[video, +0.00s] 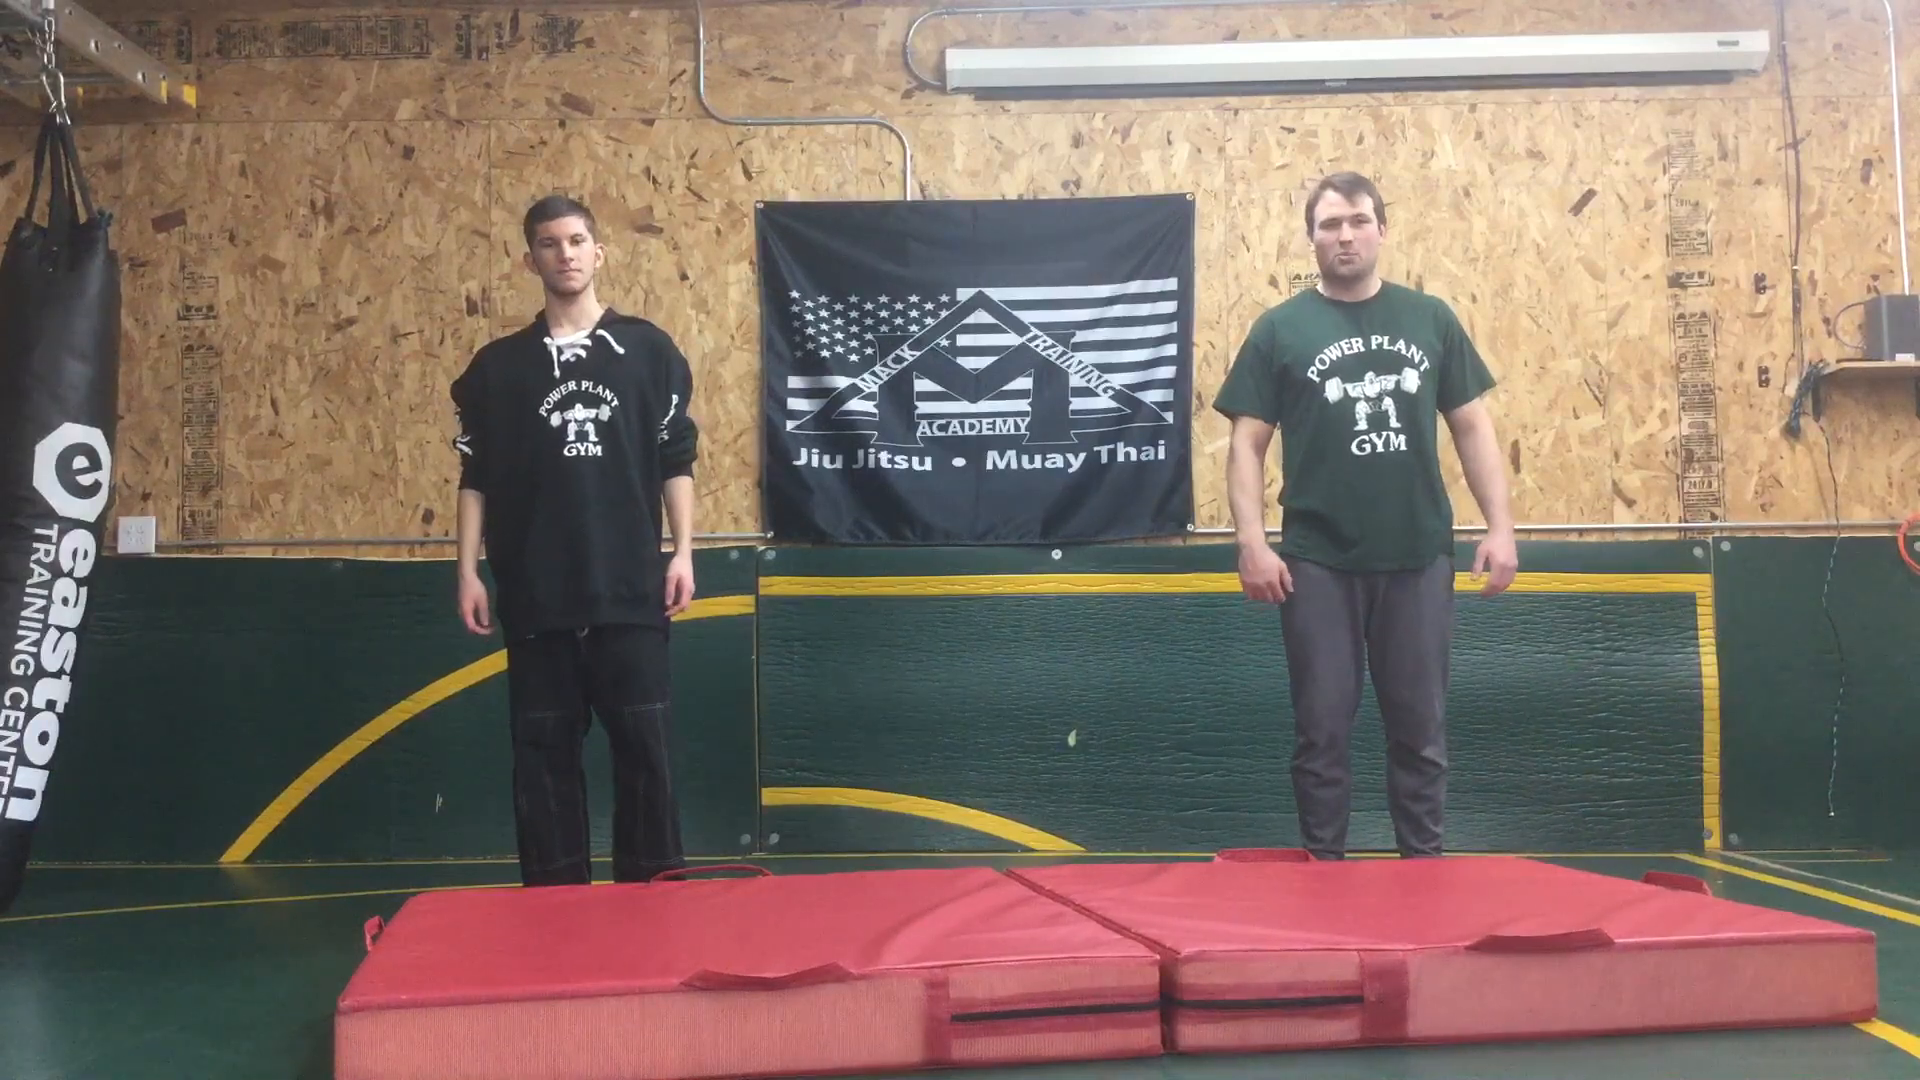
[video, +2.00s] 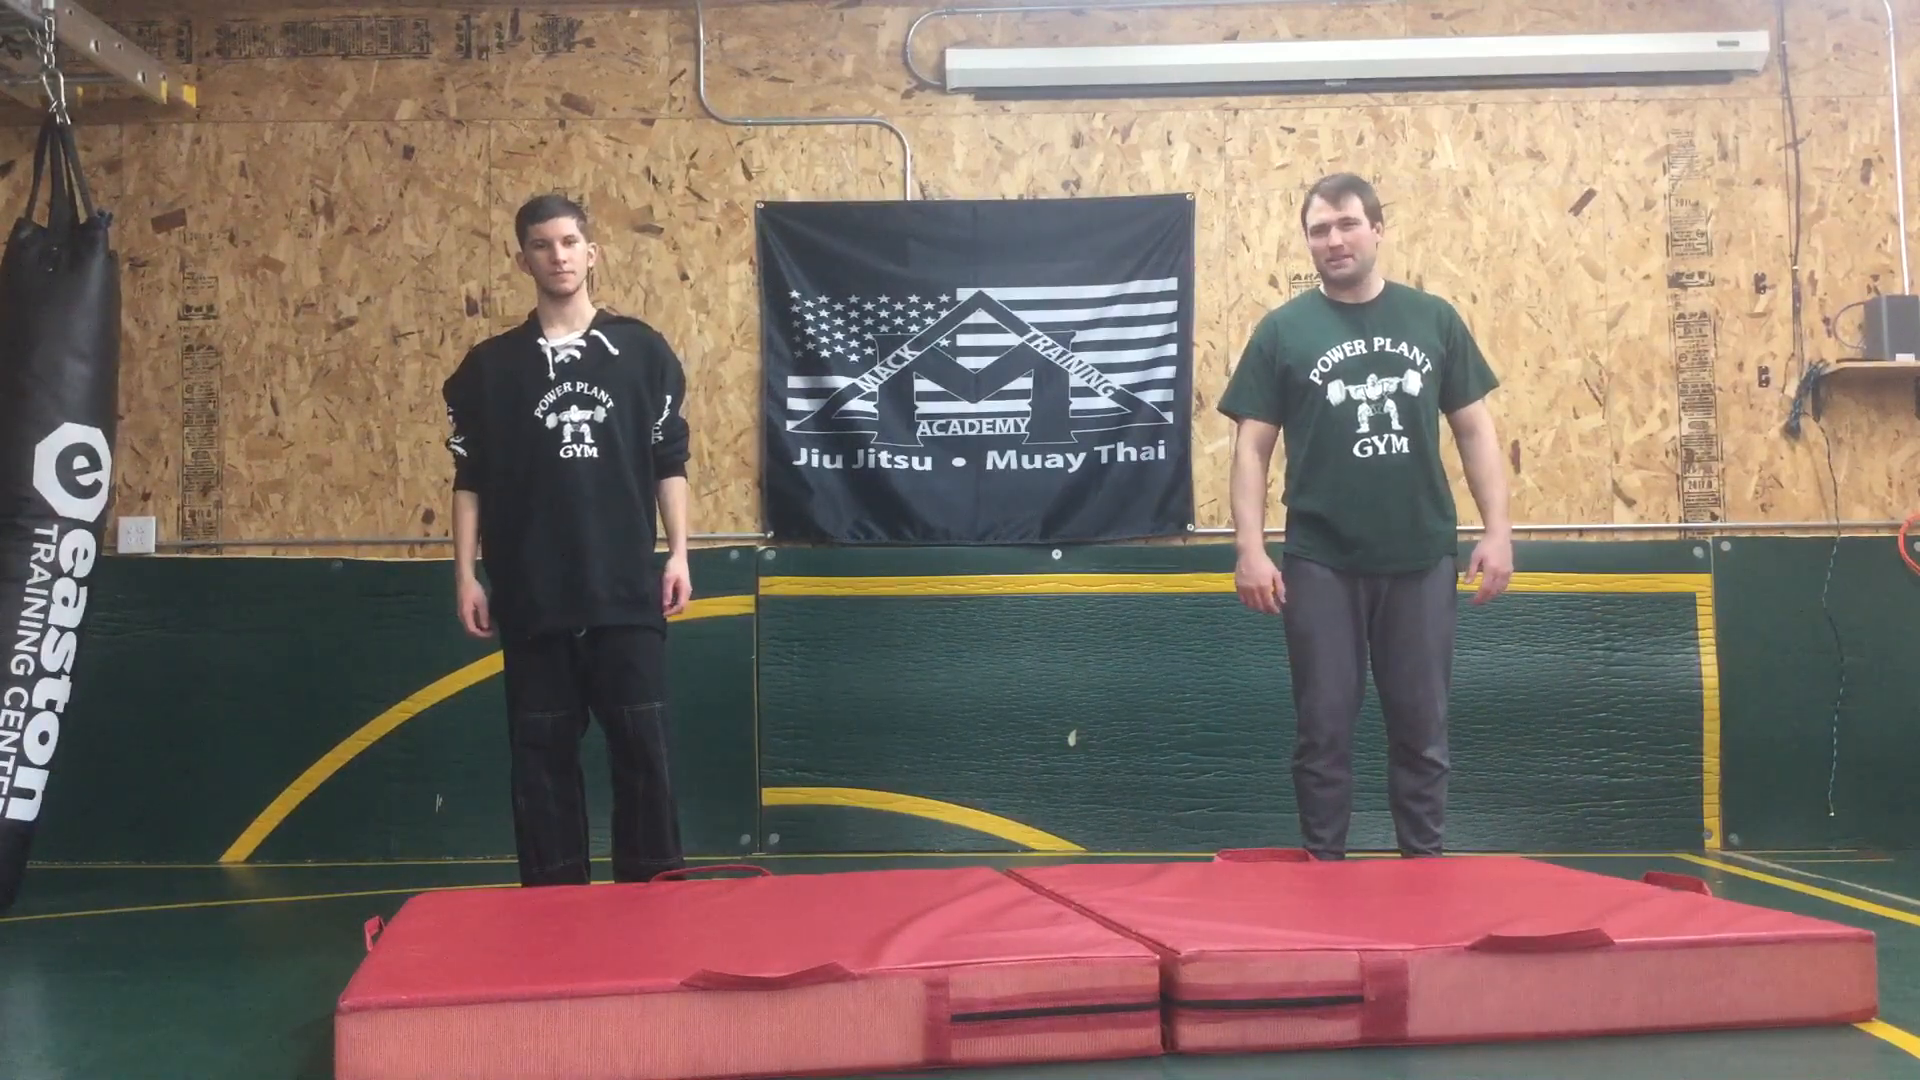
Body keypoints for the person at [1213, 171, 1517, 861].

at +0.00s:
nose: (1345, 235)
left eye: (1357, 221)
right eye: (1330, 225)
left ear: (1381, 231)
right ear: (1311, 240)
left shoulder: (1430, 319)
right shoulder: (1280, 330)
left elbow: (1471, 427)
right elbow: (1247, 444)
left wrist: (1500, 526)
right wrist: (1251, 539)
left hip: (1417, 554)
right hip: (1317, 556)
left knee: (1420, 727)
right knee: (1322, 726)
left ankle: (1423, 870)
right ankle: (1324, 872)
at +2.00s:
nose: (1334, 239)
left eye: (1346, 225)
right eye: (1320, 230)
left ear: (1377, 231)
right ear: (1306, 242)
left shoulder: (1434, 320)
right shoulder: (1283, 330)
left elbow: (1473, 429)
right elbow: (1252, 447)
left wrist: (1498, 531)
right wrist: (1250, 548)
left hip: (1420, 556)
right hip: (1320, 558)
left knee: (1422, 727)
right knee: (1323, 726)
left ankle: (1425, 869)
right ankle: (1323, 871)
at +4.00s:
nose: (1329, 234)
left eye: (1343, 219)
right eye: (1319, 225)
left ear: (1383, 229)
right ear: (1312, 242)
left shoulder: (1445, 318)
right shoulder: (1292, 334)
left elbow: (1487, 423)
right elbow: (1262, 443)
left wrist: (1508, 531)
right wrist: (1250, 536)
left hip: (1429, 556)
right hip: (1328, 559)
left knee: (1428, 726)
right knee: (1325, 722)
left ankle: (1425, 866)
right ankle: (1322, 865)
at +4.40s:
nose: (1331, 242)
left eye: (1342, 227)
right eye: (1327, 230)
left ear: (1390, 224)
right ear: (1369, 230)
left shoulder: (1455, 315)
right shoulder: (1335, 320)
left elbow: (1488, 434)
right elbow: (1306, 429)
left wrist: (1491, 546)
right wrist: (1252, 501)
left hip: (1412, 559)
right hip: (1324, 555)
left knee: (1416, 725)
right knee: (1305, 702)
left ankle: (1425, 865)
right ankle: (1319, 856)